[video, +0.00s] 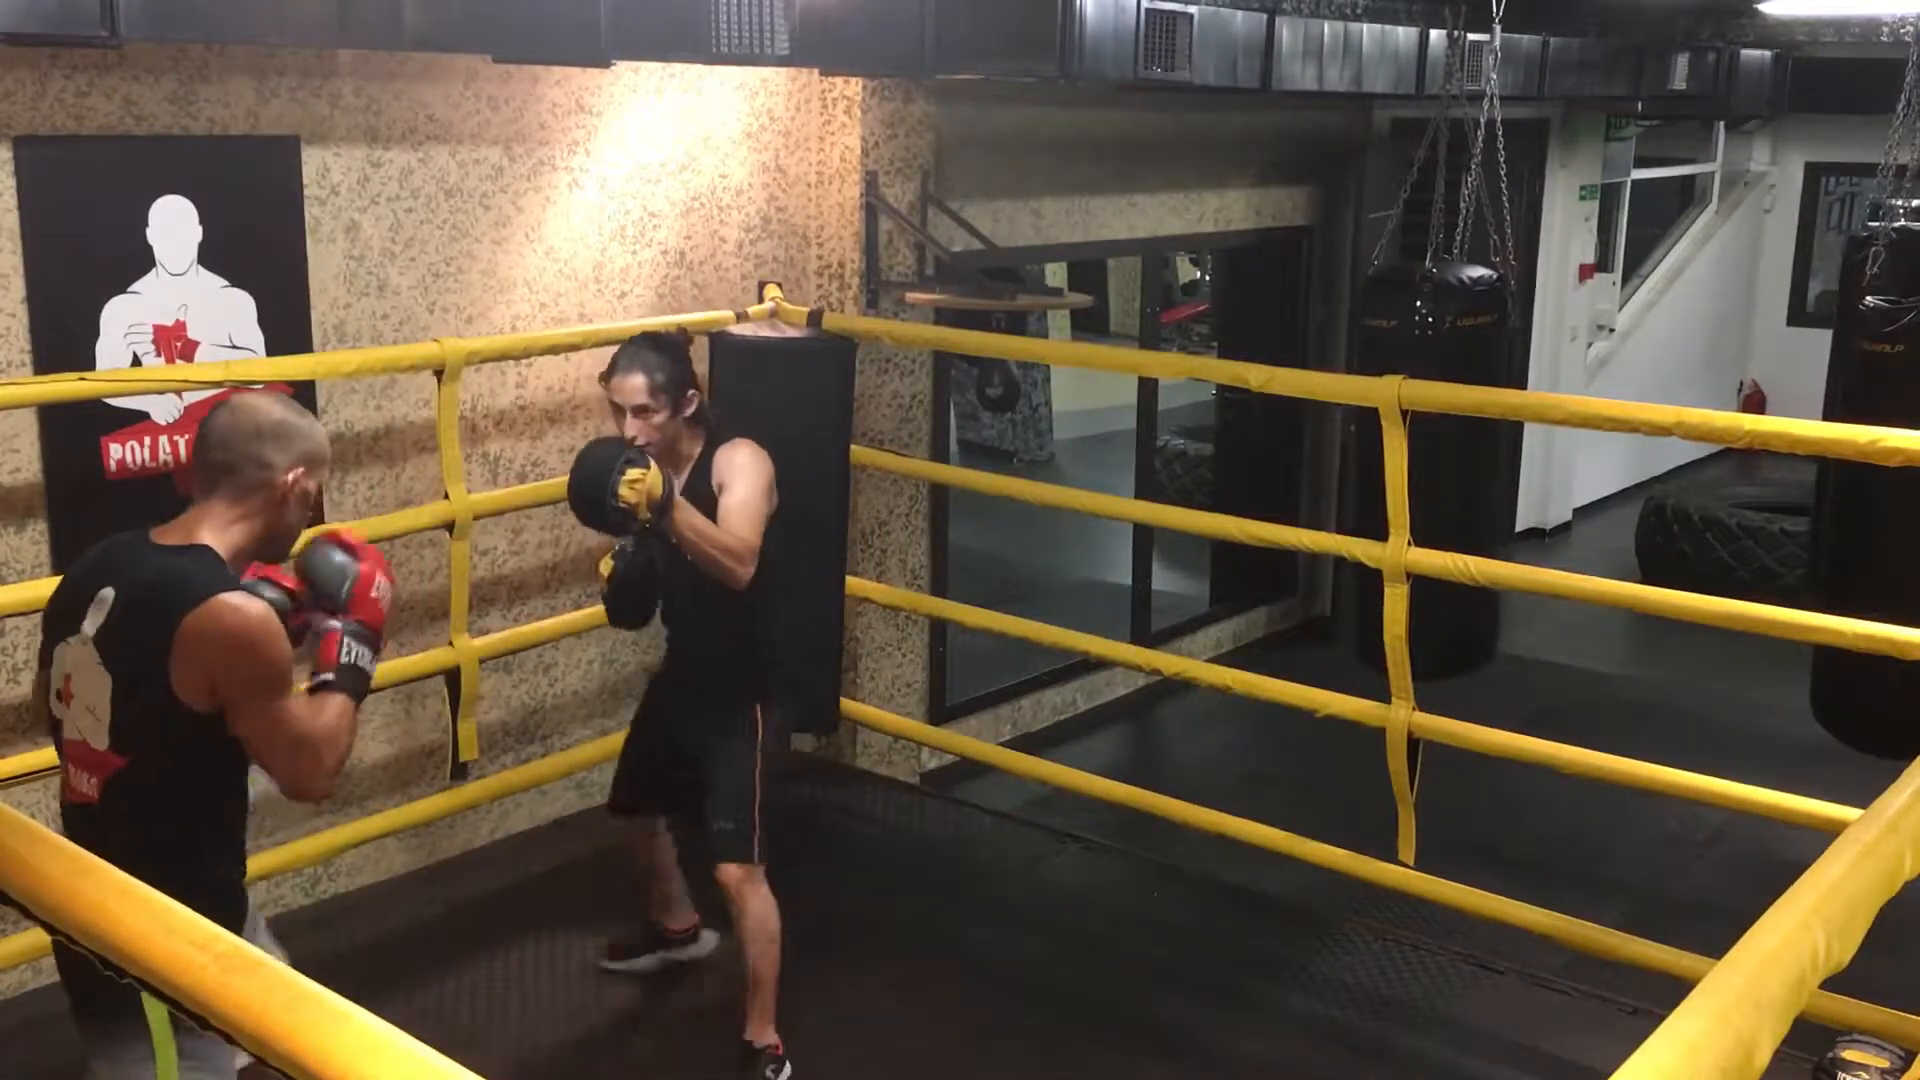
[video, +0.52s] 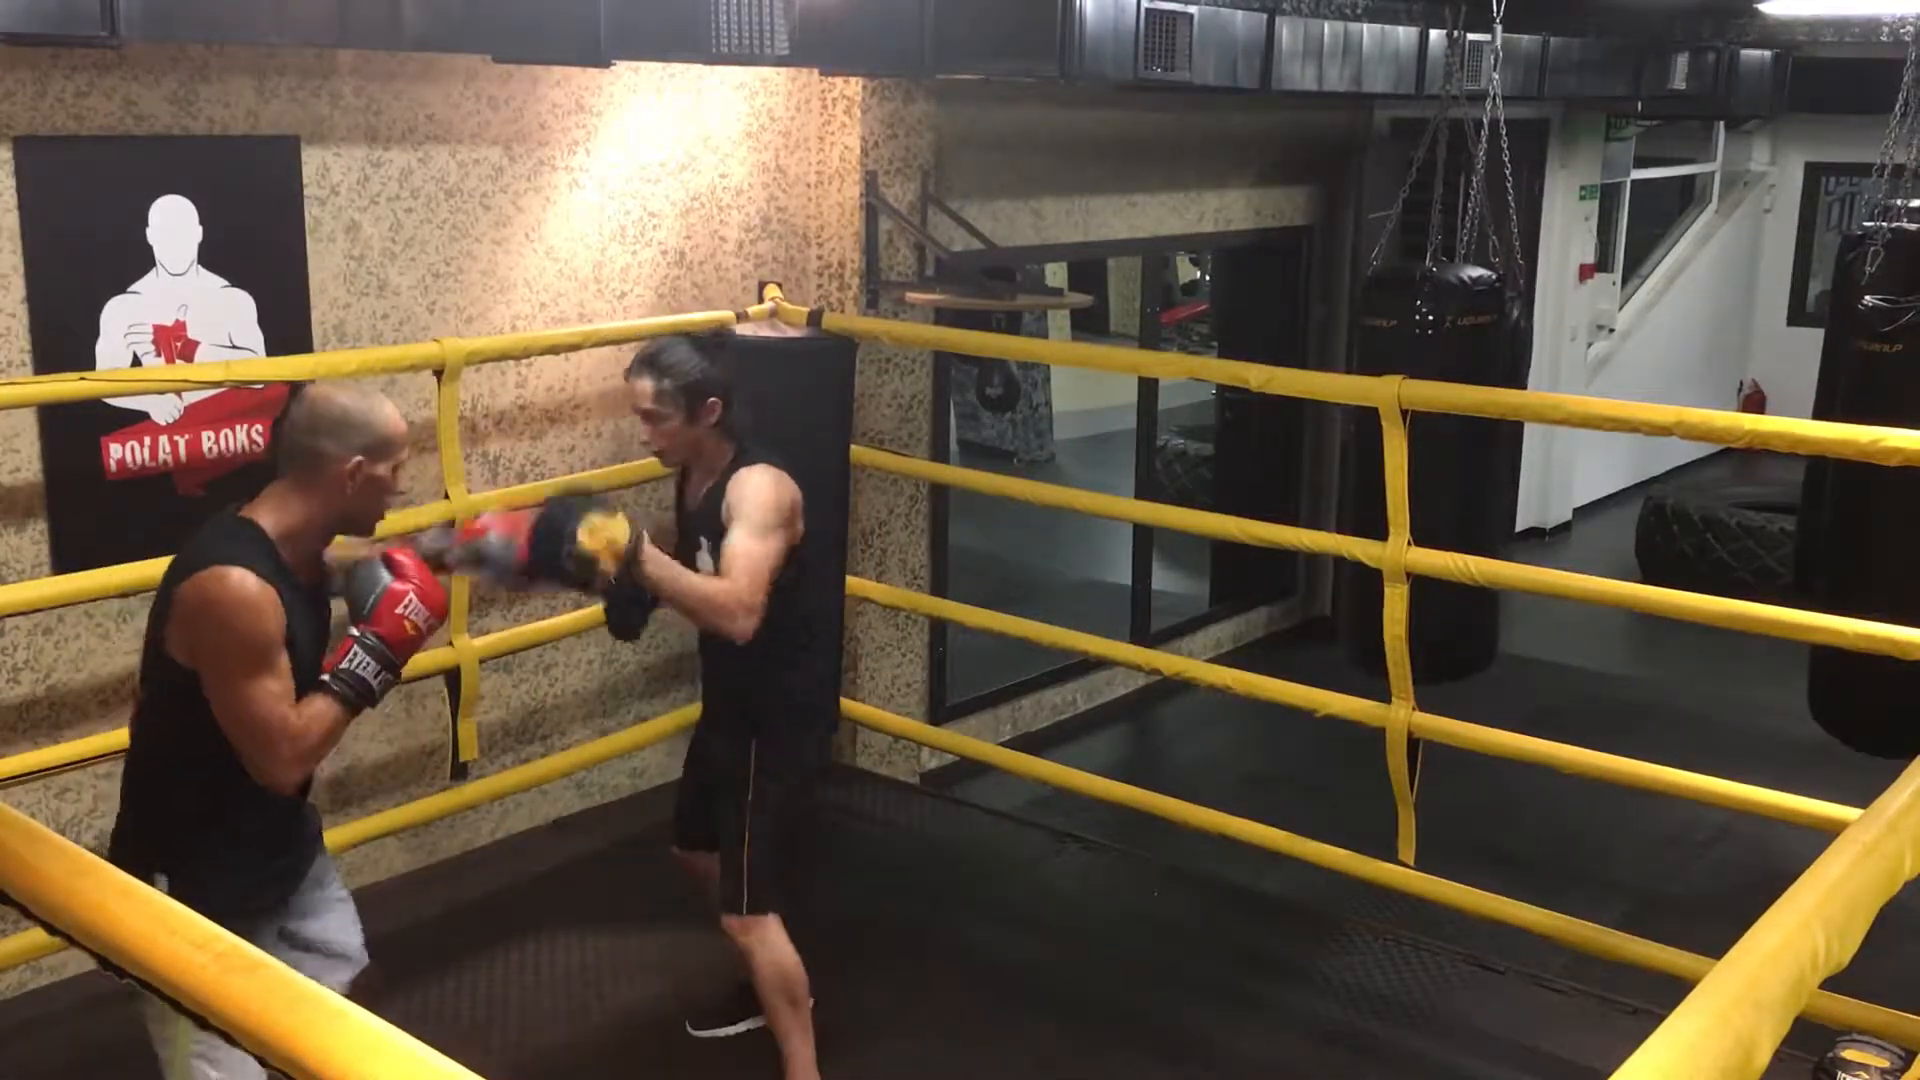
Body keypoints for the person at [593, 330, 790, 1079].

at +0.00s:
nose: (628, 431)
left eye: (640, 413)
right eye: (620, 415)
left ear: (686, 403)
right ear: (618, 411)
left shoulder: (742, 461)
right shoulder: (647, 477)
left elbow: (740, 563)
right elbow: (637, 599)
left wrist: (663, 505)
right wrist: (626, 562)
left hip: (742, 684)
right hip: (681, 675)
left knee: (737, 867)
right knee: (638, 808)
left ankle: (762, 1038)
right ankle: (676, 923)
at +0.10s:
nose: (632, 430)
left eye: (645, 411)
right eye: (623, 413)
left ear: (692, 398)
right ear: (619, 407)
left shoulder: (748, 459)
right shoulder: (653, 473)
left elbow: (742, 563)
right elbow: (637, 594)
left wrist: (663, 499)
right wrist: (629, 550)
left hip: (754, 688)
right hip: (691, 678)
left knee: (730, 875)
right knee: (655, 838)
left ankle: (764, 1038)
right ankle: (761, 964)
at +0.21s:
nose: (634, 436)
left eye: (648, 417)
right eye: (626, 418)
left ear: (696, 407)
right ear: (622, 414)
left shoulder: (751, 468)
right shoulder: (657, 483)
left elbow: (749, 576)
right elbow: (630, 601)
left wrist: (670, 506)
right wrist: (631, 555)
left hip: (762, 695)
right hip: (704, 690)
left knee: (729, 874)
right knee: (679, 858)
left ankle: (791, 1062)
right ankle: (778, 986)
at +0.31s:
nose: (623, 436)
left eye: (637, 419)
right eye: (616, 419)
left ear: (688, 410)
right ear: (615, 415)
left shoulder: (744, 481)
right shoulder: (669, 487)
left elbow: (750, 592)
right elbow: (677, 569)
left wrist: (702, 524)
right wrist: (625, 575)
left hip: (763, 711)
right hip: (715, 705)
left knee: (752, 903)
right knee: (681, 853)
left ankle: (806, 1069)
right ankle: (775, 985)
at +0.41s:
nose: (624, 438)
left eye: (637, 421)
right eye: (619, 421)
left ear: (690, 413)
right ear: (665, 416)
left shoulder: (742, 485)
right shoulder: (682, 476)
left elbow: (707, 601)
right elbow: (697, 580)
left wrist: (624, 534)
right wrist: (633, 574)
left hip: (782, 710)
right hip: (729, 700)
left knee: (745, 910)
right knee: (693, 849)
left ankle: (803, 1069)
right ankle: (778, 988)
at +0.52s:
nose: (645, 434)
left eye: (655, 419)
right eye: (640, 418)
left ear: (706, 412)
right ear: (684, 417)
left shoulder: (760, 489)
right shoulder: (695, 475)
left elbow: (738, 612)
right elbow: (697, 568)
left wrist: (635, 556)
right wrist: (634, 574)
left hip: (780, 713)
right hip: (730, 701)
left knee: (750, 910)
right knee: (698, 849)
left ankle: (804, 1071)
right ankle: (769, 985)